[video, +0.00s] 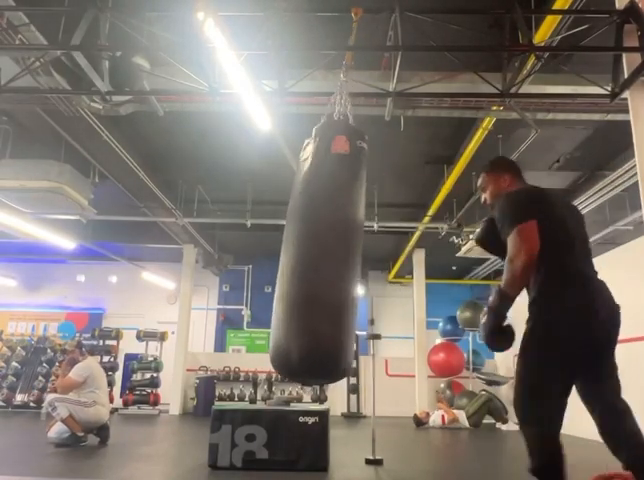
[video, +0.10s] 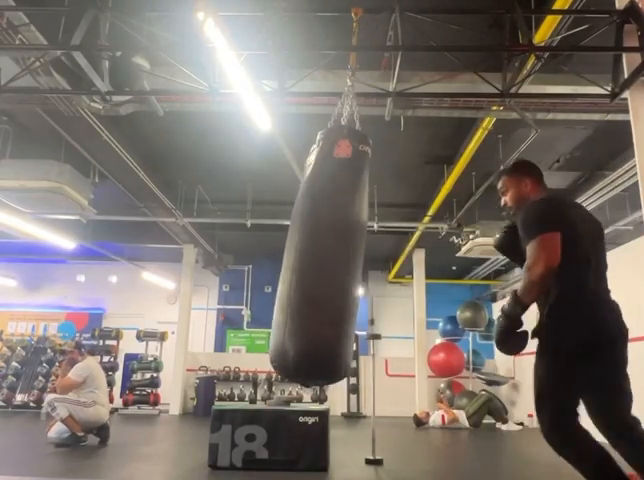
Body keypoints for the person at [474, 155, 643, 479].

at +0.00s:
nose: (484, 200)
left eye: (484, 189)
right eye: (481, 192)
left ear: (504, 178)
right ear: (516, 179)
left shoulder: (513, 200)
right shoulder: (562, 204)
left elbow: (524, 252)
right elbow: (561, 263)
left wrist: (495, 313)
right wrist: (505, 249)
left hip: (557, 310)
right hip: (598, 304)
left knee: (535, 409)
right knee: (606, 402)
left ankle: (548, 473)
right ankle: (640, 466)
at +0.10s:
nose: (503, 203)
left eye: (505, 192)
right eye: (501, 196)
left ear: (526, 184)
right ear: (532, 185)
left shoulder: (538, 208)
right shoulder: (585, 216)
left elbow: (543, 263)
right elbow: (575, 277)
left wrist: (511, 313)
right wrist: (525, 256)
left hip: (565, 330)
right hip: (605, 325)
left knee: (558, 427)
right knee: (615, 420)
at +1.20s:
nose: (425, 224)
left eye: (424, 214)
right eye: (422, 217)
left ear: (438, 204)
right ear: (454, 199)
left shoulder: (459, 222)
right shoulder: (504, 221)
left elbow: (464, 268)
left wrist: (433, 280)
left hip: (490, 339)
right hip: (536, 333)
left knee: (451, 425)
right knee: (569, 421)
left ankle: (447, 473)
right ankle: (621, 474)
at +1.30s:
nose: (440, 223)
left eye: (440, 216)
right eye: (437, 218)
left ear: (452, 205)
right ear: (469, 201)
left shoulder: (460, 219)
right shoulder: (529, 225)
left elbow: (452, 249)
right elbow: (550, 280)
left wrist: (430, 284)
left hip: (491, 339)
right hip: (543, 338)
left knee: (454, 422)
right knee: (559, 419)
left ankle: (445, 473)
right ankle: (603, 475)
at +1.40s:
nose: (461, 223)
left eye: (462, 217)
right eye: (460, 219)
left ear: (472, 208)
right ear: (494, 203)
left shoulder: (475, 221)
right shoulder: (551, 224)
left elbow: (457, 258)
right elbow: (567, 284)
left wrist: (433, 309)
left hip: (502, 343)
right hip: (557, 341)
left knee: (463, 432)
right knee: (570, 425)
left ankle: (454, 474)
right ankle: (603, 475)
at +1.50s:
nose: (484, 209)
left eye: (484, 203)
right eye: (482, 205)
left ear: (497, 192)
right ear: (516, 189)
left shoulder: (498, 212)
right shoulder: (570, 215)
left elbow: (493, 260)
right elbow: (573, 275)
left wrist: (468, 308)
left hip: (527, 334)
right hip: (579, 334)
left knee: (491, 422)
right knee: (594, 427)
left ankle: (475, 472)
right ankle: (616, 476)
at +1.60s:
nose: (492, 198)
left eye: (491, 190)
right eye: (489, 193)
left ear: (506, 175)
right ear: (525, 174)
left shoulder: (512, 195)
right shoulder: (579, 198)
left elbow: (514, 245)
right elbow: (582, 259)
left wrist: (498, 285)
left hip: (540, 311)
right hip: (591, 311)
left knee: (508, 399)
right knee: (602, 408)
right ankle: (624, 473)